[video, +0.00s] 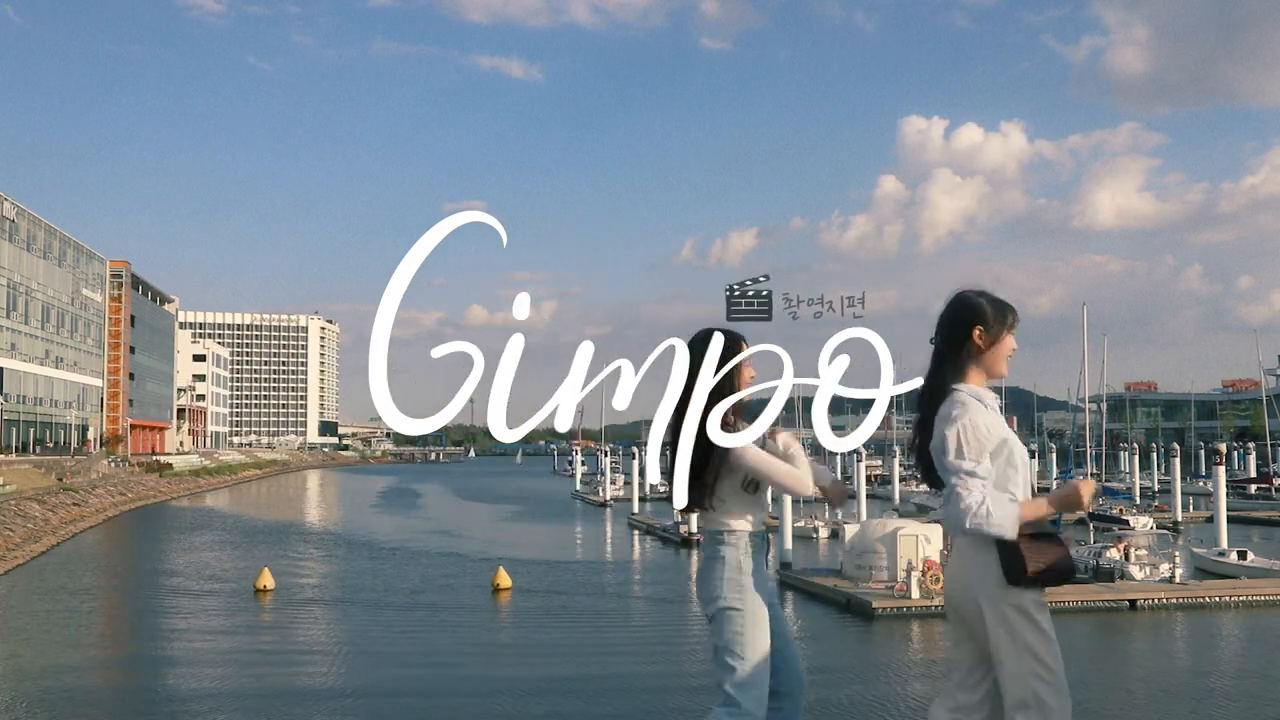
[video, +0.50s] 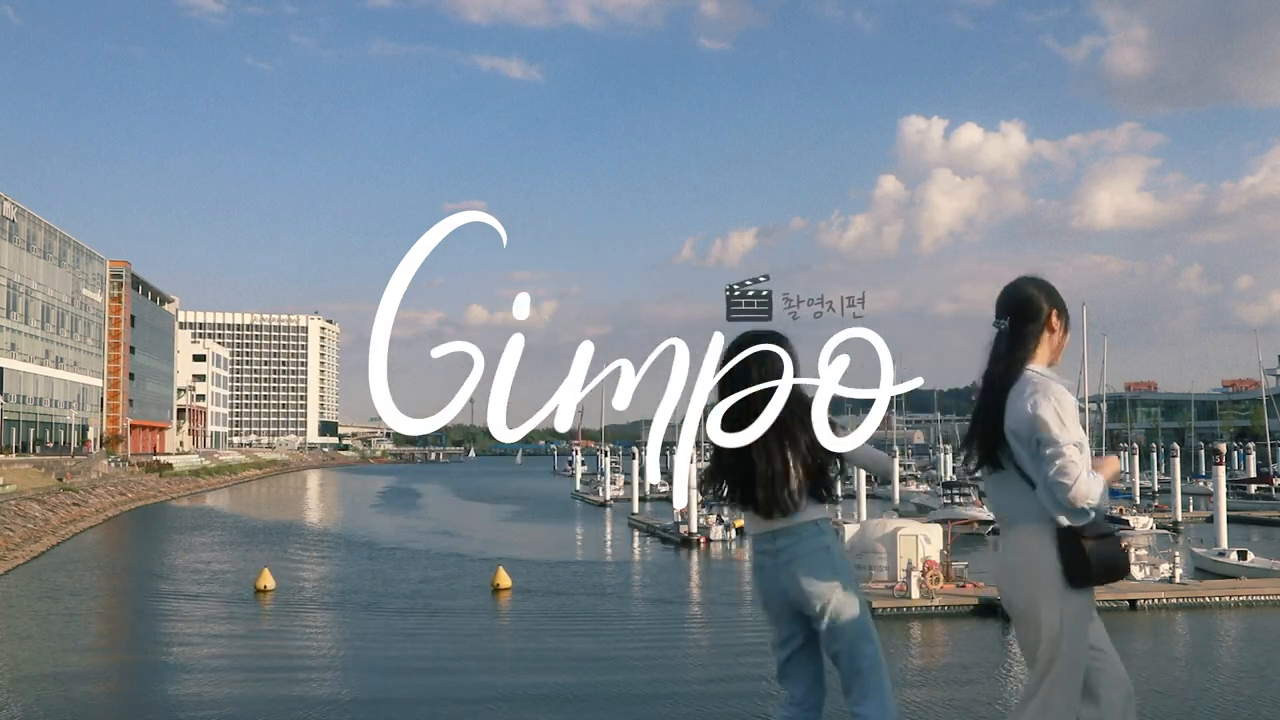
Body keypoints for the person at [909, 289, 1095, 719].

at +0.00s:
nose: (1014, 345)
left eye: (1013, 334)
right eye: (1008, 334)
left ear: (979, 339)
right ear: (979, 337)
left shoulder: (966, 405)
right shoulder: (967, 409)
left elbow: (975, 503)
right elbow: (971, 508)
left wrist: (1044, 505)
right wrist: (1056, 502)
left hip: (972, 559)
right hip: (991, 560)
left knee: (966, 700)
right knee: (1043, 702)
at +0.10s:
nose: (1025, 354)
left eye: (1025, 343)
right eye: (1022, 342)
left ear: (991, 344)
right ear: (998, 342)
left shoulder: (973, 413)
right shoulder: (984, 417)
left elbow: (986, 514)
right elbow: (994, 515)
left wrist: (1057, 519)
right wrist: (1066, 519)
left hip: (983, 566)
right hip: (1000, 569)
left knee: (1030, 703)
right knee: (1053, 704)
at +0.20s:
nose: (1034, 347)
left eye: (1034, 337)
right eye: (1033, 336)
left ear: (981, 333)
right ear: (1014, 333)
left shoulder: (981, 397)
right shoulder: (996, 399)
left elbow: (1016, 484)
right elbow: (1027, 494)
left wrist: (1064, 500)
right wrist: (1071, 494)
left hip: (995, 554)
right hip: (1007, 558)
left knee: (1042, 693)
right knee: (1079, 689)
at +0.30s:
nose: (1042, 332)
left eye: (1043, 321)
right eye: (1043, 320)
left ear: (985, 315)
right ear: (1029, 314)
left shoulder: (982, 378)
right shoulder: (1014, 375)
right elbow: (1059, 450)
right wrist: (1088, 469)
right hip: (1018, 540)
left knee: (1094, 678)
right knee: (1032, 694)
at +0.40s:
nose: (1054, 327)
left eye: (1053, 316)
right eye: (1055, 315)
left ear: (996, 311)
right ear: (1042, 309)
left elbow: (993, 478)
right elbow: (1084, 462)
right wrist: (1091, 436)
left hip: (1010, 535)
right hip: (1034, 537)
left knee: (1095, 690)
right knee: (1029, 694)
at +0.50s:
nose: (1065, 339)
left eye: (1064, 329)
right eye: (1066, 327)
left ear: (1007, 325)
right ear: (1053, 324)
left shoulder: (998, 392)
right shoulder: (1041, 393)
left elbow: (1004, 491)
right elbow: (1076, 493)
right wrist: (1102, 474)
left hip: (1023, 556)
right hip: (1045, 559)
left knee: (1112, 691)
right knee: (1053, 698)